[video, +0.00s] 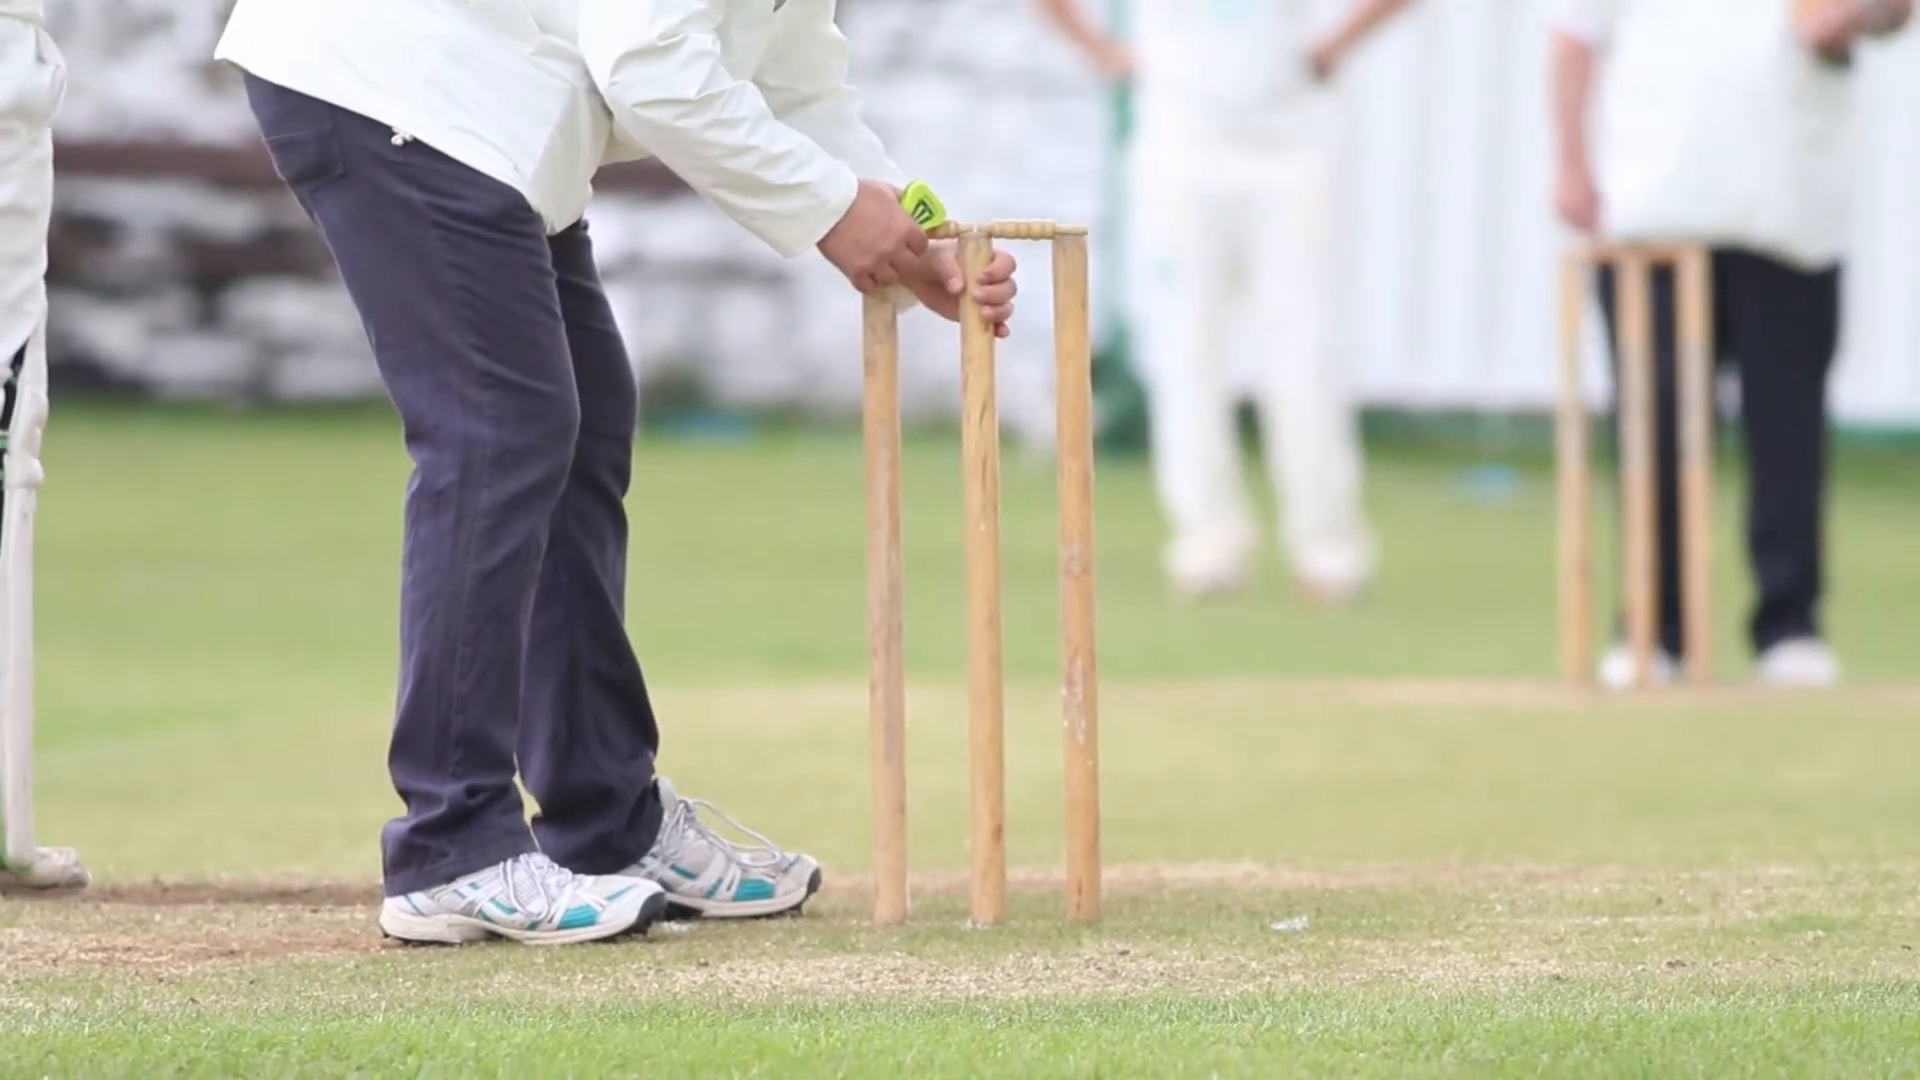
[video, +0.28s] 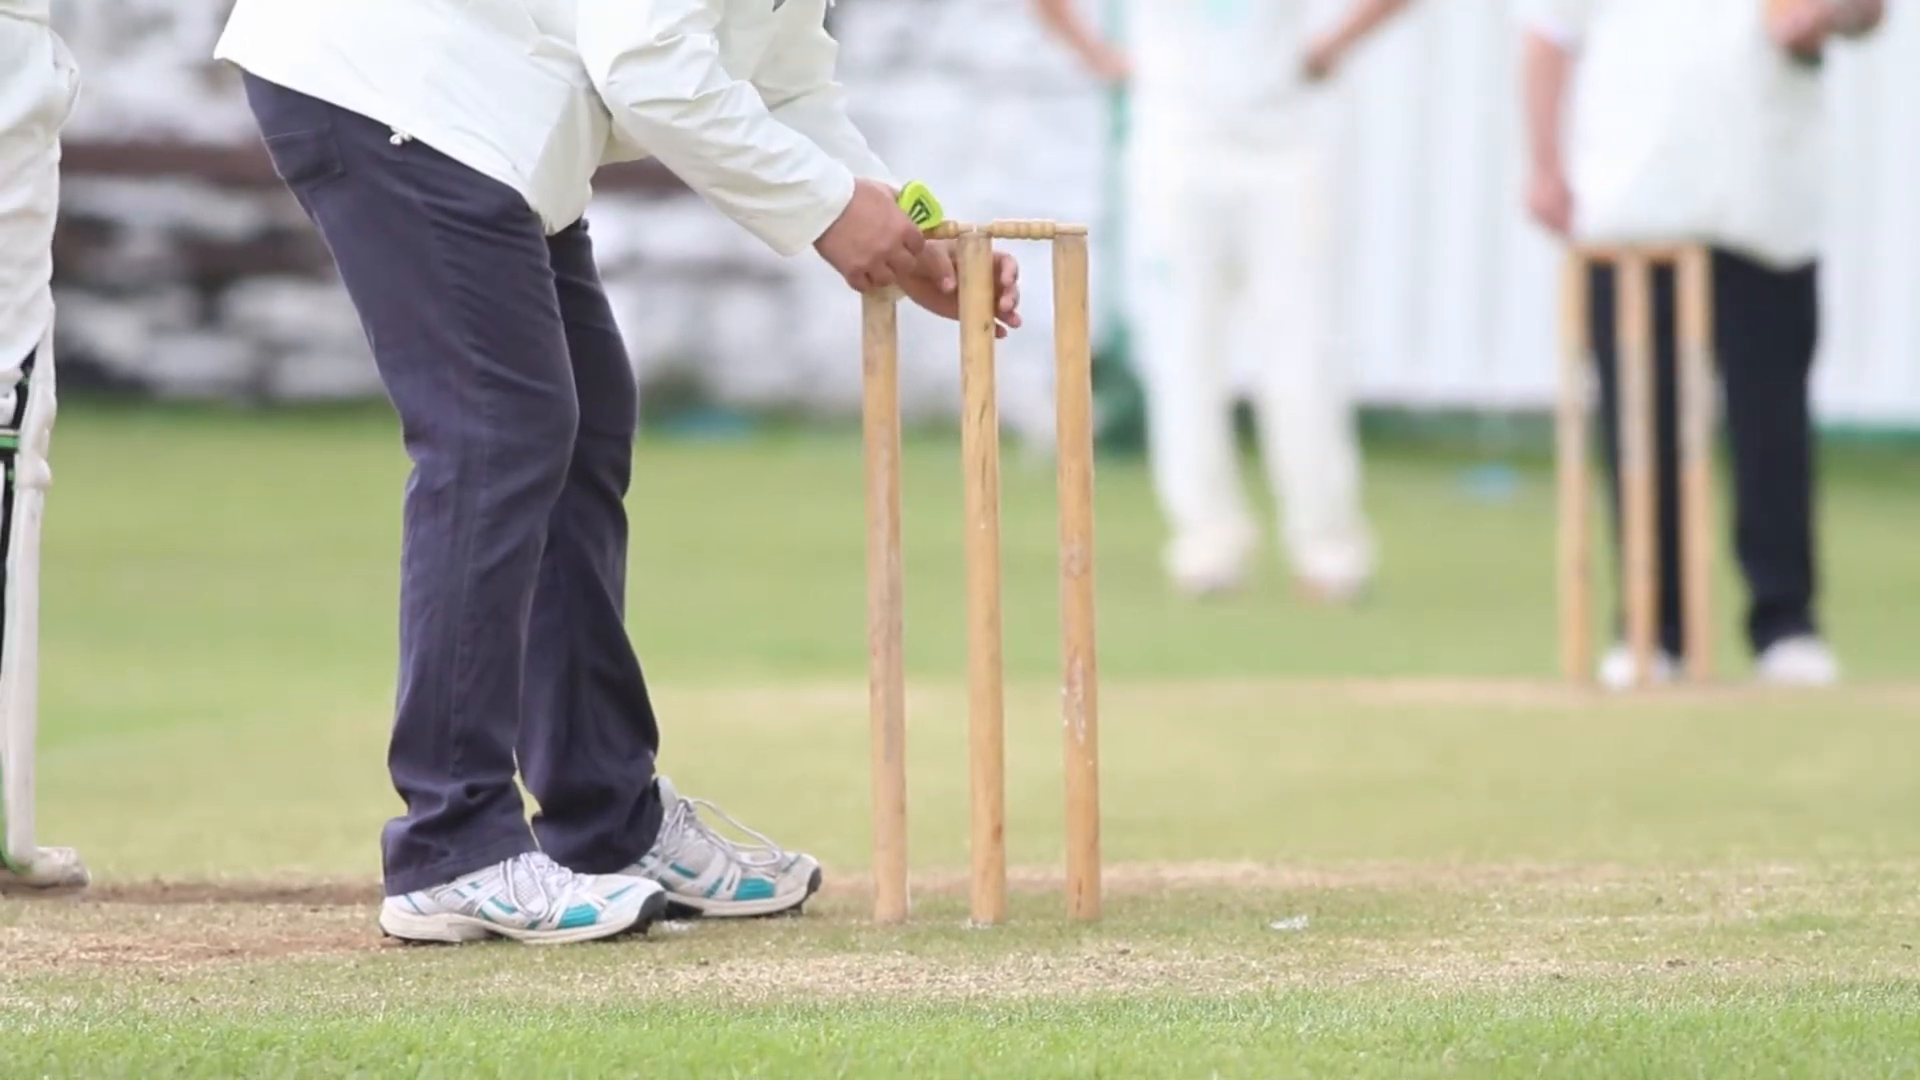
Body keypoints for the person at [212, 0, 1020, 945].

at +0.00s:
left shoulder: (787, 5)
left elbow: (806, 106)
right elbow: (650, 68)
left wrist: (915, 243)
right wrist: (831, 211)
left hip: (494, 81)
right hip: (379, 58)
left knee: (586, 417)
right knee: (505, 426)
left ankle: (604, 824)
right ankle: (451, 857)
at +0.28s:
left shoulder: (781, 8)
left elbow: (796, 100)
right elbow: (645, 62)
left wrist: (907, 236)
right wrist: (827, 212)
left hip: (496, 82)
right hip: (380, 58)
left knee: (586, 417)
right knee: (504, 425)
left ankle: (604, 824)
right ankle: (451, 857)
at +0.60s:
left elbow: (795, 79)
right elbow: (648, 66)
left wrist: (945, 170)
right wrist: (827, 203)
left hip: (489, 82)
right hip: (379, 56)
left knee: (587, 416)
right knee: (507, 426)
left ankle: (606, 822)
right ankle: (451, 855)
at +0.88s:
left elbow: (809, 71)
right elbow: (646, 63)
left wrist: (959, 183)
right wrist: (826, 202)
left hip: (489, 81)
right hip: (377, 55)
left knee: (586, 417)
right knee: (505, 425)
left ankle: (607, 822)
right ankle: (451, 855)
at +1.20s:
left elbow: (804, 61)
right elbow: (643, 62)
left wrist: (944, 189)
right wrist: (825, 200)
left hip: (491, 80)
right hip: (381, 57)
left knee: (587, 417)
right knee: (506, 424)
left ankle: (607, 821)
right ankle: (452, 852)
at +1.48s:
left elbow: (813, 65)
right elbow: (642, 59)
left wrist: (951, 186)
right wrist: (827, 197)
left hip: (493, 80)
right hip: (384, 56)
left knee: (589, 417)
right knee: (506, 423)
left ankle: (607, 819)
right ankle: (452, 851)